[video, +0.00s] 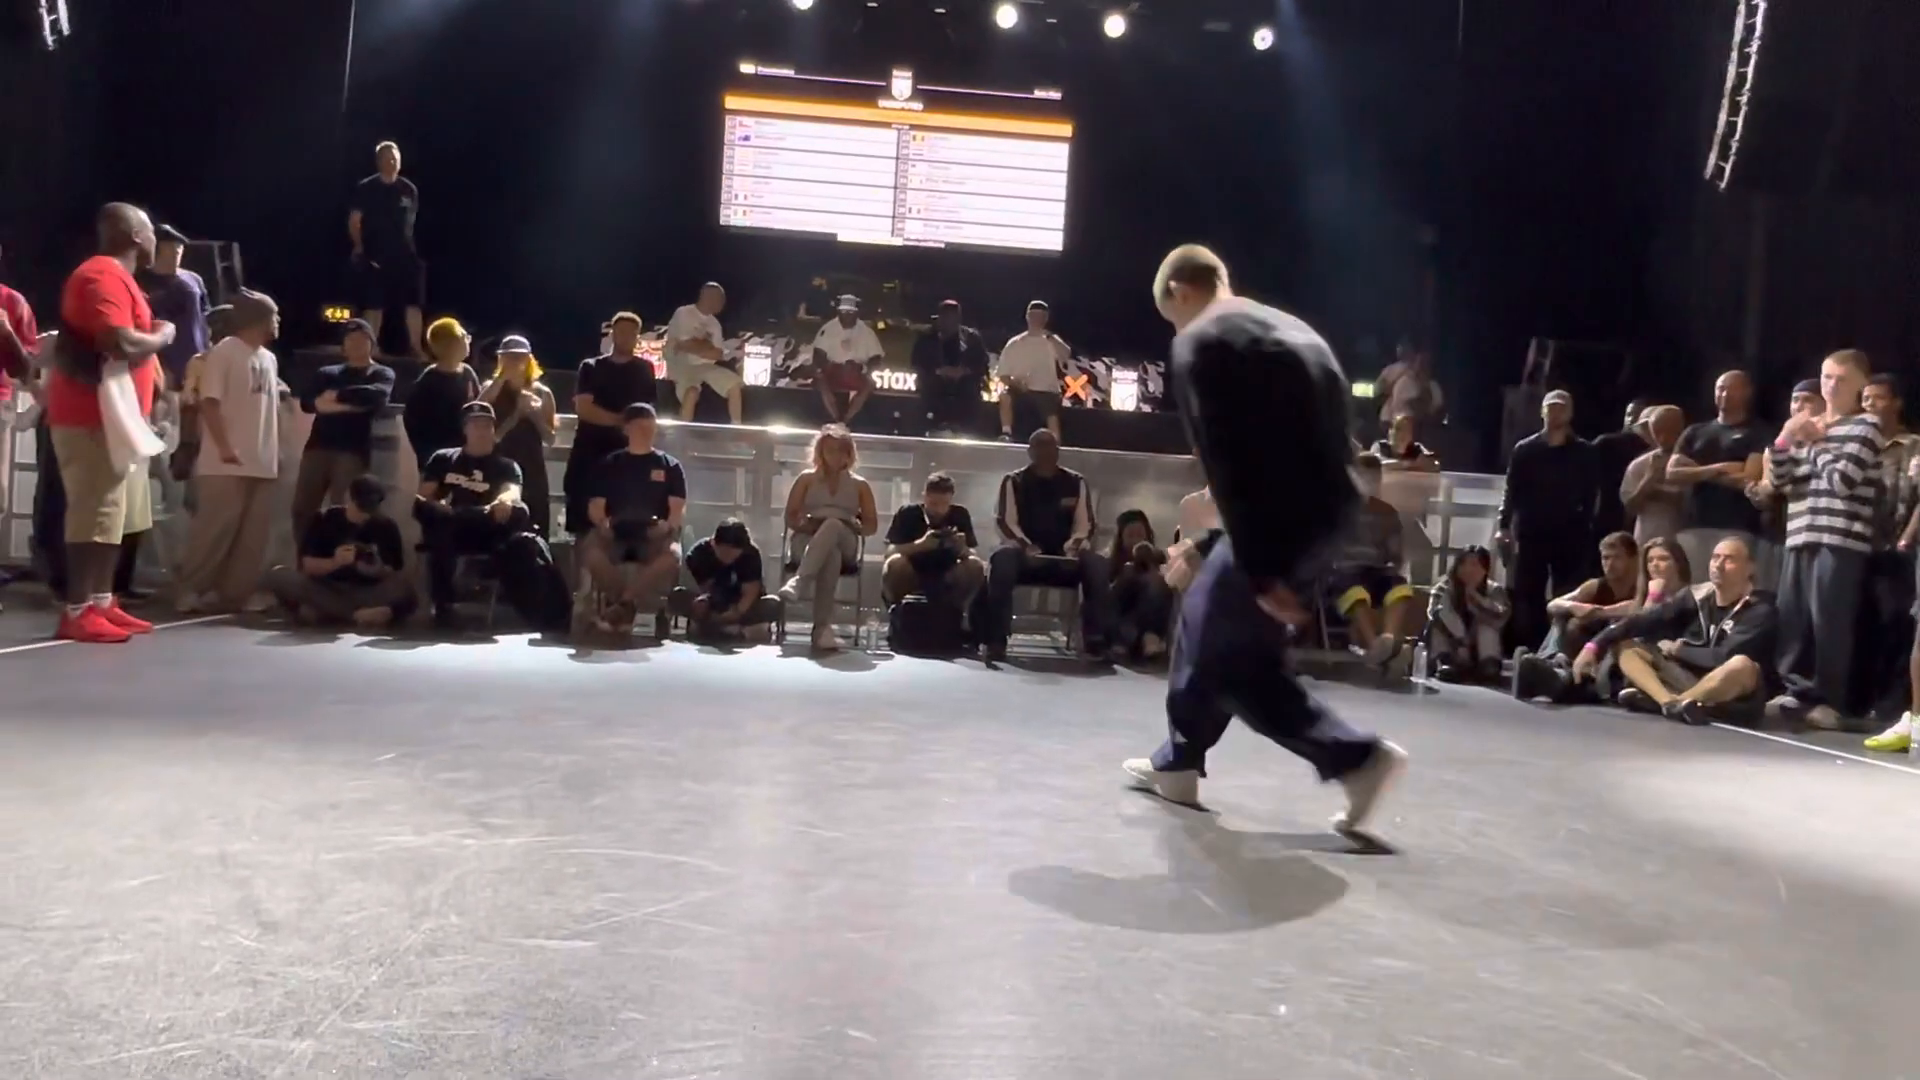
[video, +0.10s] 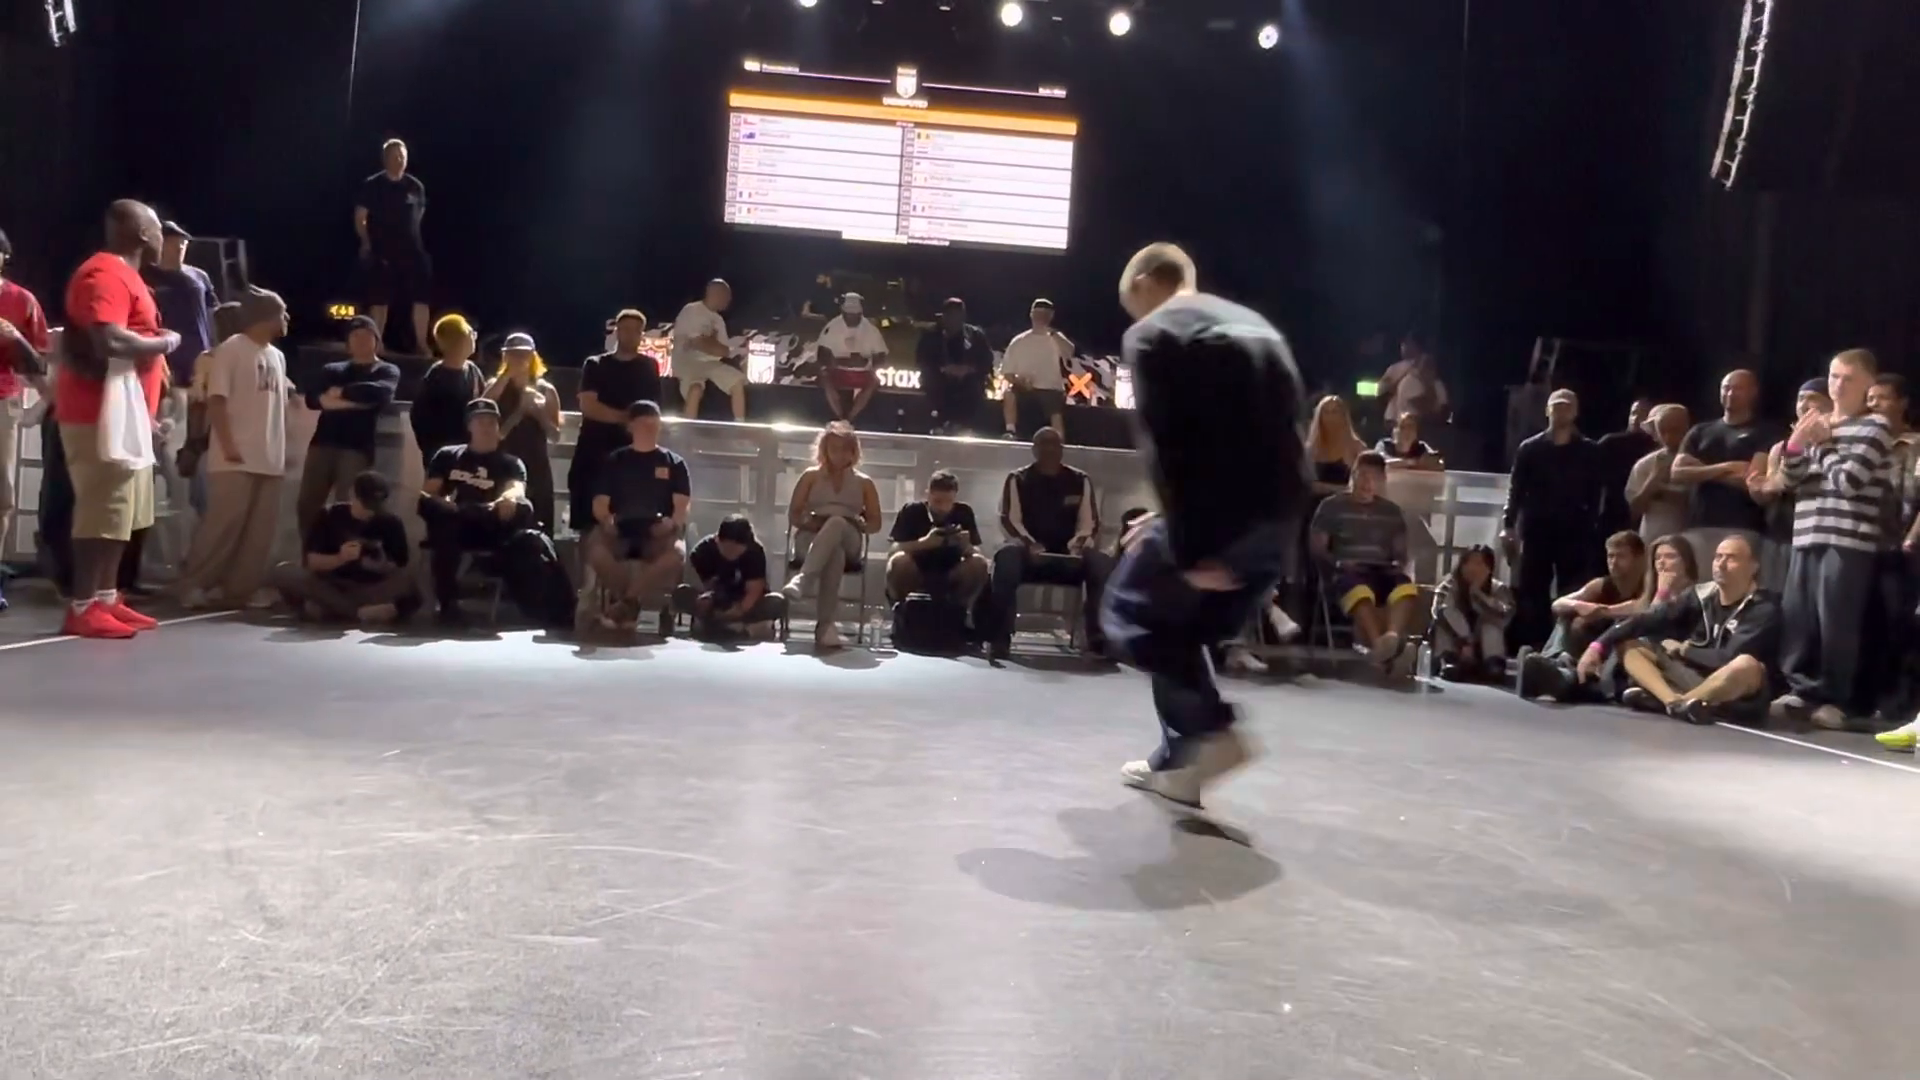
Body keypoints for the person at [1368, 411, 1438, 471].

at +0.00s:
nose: (1392, 432)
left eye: (1398, 429)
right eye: (1392, 428)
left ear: (1409, 433)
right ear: (1389, 430)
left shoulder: (1419, 449)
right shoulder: (1379, 447)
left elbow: (1432, 465)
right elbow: (1373, 465)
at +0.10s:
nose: (1407, 431)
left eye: (1411, 427)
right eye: (1403, 427)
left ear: (1416, 430)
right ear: (1397, 429)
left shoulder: (1422, 447)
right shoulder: (1384, 445)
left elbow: (1436, 463)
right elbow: (1382, 462)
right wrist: (1415, 463)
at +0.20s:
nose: (1410, 430)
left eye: (1414, 426)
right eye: (1406, 426)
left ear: (1420, 428)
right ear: (1400, 428)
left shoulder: (1425, 446)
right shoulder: (1388, 444)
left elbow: (1440, 462)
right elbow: (1385, 461)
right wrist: (1416, 462)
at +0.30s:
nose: (1412, 430)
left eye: (1417, 425)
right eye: (1409, 425)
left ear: (1423, 428)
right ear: (1403, 427)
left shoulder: (1428, 446)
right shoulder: (1391, 443)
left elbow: (1444, 461)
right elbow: (1387, 460)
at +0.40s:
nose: (1415, 429)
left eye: (1419, 425)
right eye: (1411, 425)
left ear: (1425, 428)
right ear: (1405, 427)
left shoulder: (1430, 445)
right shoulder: (1392, 443)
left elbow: (1446, 460)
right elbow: (1388, 460)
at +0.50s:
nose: (1417, 429)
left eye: (1421, 424)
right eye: (1413, 424)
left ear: (1427, 428)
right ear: (1406, 427)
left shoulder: (1432, 445)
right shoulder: (1394, 442)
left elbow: (1447, 460)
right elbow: (1391, 459)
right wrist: (1420, 460)